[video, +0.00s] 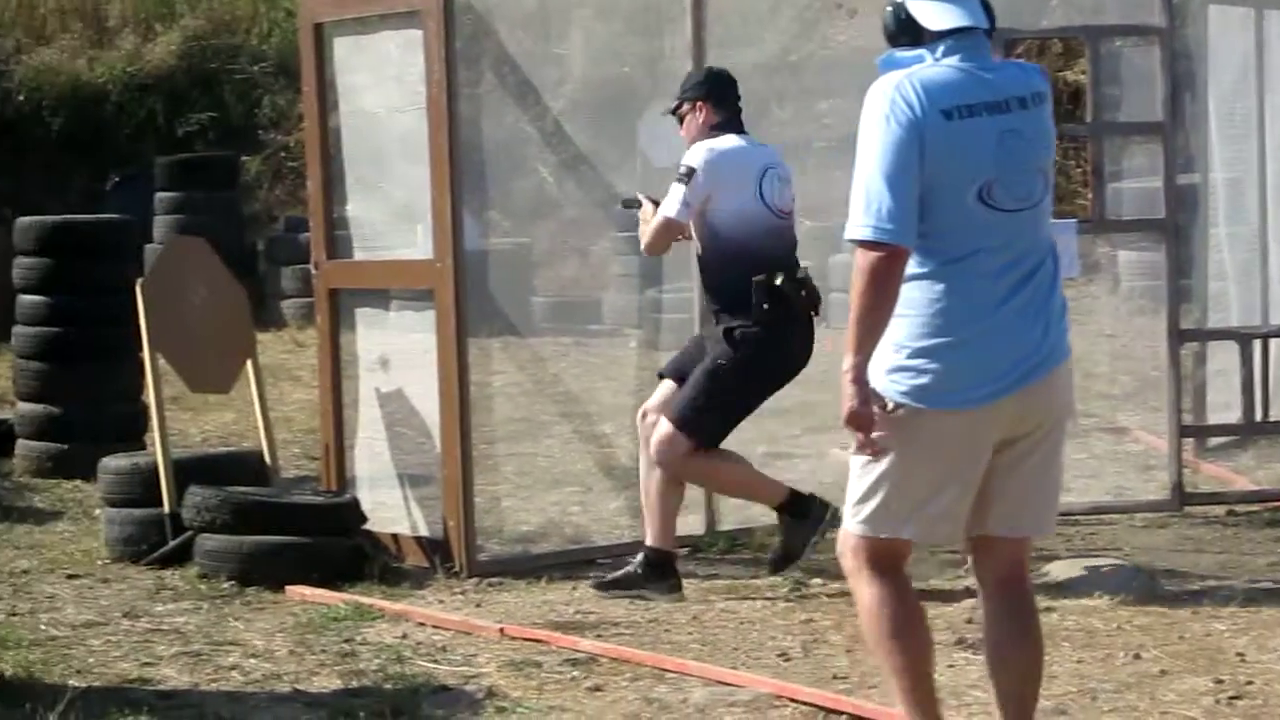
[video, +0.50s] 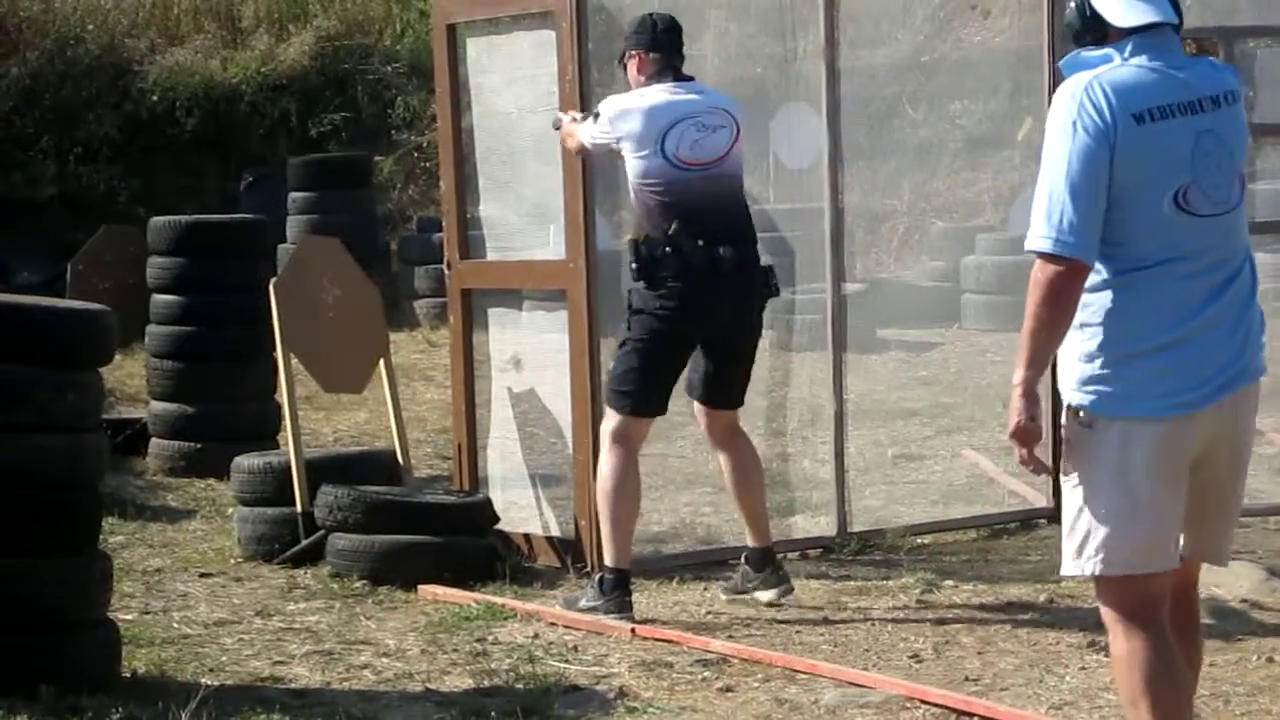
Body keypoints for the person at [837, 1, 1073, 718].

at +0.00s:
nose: (893, 33)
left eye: (896, 23)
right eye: (898, 25)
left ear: (908, 24)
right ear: (985, 24)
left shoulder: (901, 91)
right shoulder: (1033, 86)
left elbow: (883, 249)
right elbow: (1021, 214)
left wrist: (854, 372)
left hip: (934, 368)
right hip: (1038, 362)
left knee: (871, 554)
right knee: (1005, 563)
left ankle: (920, 711)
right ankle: (1018, 715)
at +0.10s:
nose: (981, 25)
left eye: (986, 17)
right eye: (985, 18)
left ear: (998, 19)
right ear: (1075, 19)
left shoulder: (992, 90)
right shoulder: (1123, 84)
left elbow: (972, 250)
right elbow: (1113, 210)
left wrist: (940, 369)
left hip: (1024, 369)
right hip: (1126, 362)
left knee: (977, 568)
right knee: (1087, 570)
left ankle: (1058, 713)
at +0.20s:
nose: (1039, 24)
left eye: (1044, 16)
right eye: (1042, 18)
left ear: (1057, 18)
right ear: (1134, 18)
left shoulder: (1052, 92)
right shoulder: (1184, 87)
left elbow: (1029, 253)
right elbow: (1177, 216)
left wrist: (994, 371)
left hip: (1086, 378)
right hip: (1185, 366)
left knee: (1068, 586)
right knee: (1140, 573)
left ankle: (1133, 710)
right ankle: (1146, 716)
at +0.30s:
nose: (1060, 27)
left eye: (1064, 18)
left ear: (1077, 19)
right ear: (1156, 18)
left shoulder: (1073, 95)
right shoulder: (1204, 89)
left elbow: (1049, 259)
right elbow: (1202, 217)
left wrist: (1012, 377)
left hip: (1113, 382)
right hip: (1208, 368)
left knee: (1120, 605)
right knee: (1161, 587)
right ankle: (1171, 714)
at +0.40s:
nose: (1061, 26)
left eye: (1065, 17)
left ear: (1080, 17)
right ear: (1162, 15)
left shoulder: (1080, 94)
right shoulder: (1211, 85)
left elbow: (1054, 263)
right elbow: (1204, 216)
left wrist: (1016, 381)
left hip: (1120, 385)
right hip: (1216, 372)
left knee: (1128, 607)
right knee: (1166, 594)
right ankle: (1173, 710)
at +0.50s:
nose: (1077, 23)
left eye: (1081, 15)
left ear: (1095, 16)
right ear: (1173, 14)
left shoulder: (1090, 93)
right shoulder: (1223, 85)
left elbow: (1062, 264)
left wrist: (1025, 385)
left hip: (1128, 391)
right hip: (1228, 377)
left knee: (1133, 615)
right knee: (1179, 596)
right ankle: (1174, 714)